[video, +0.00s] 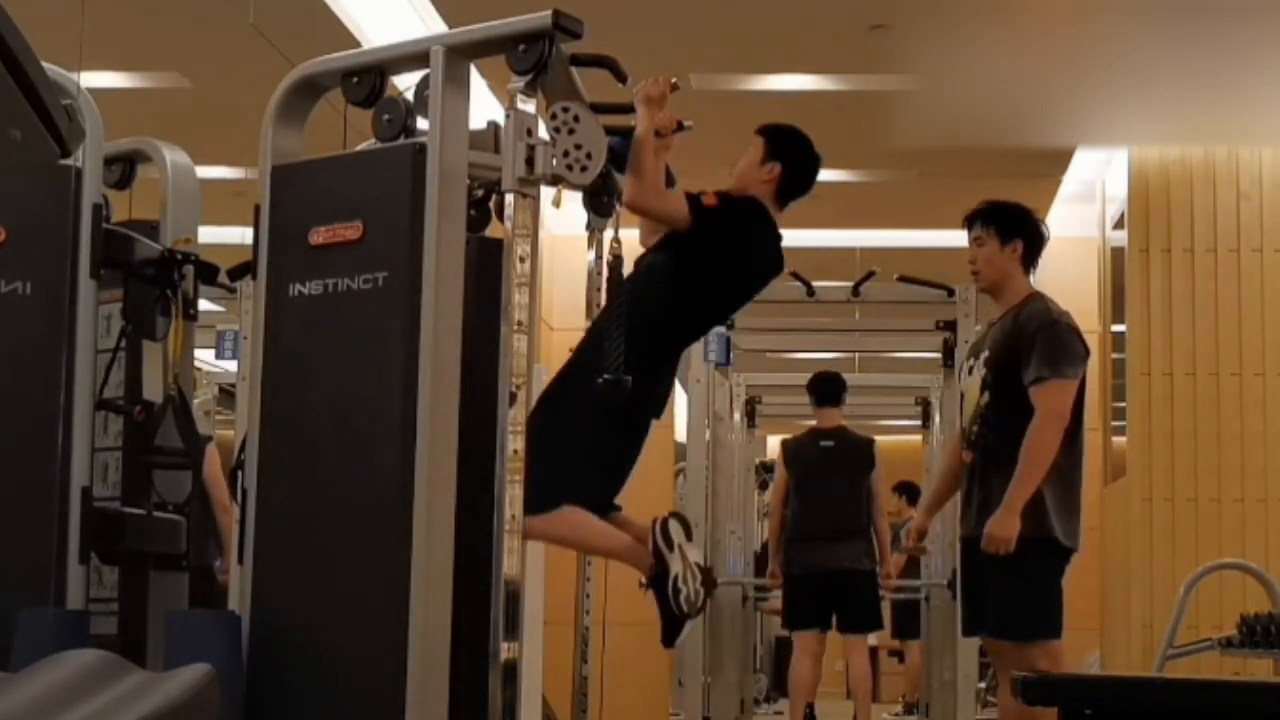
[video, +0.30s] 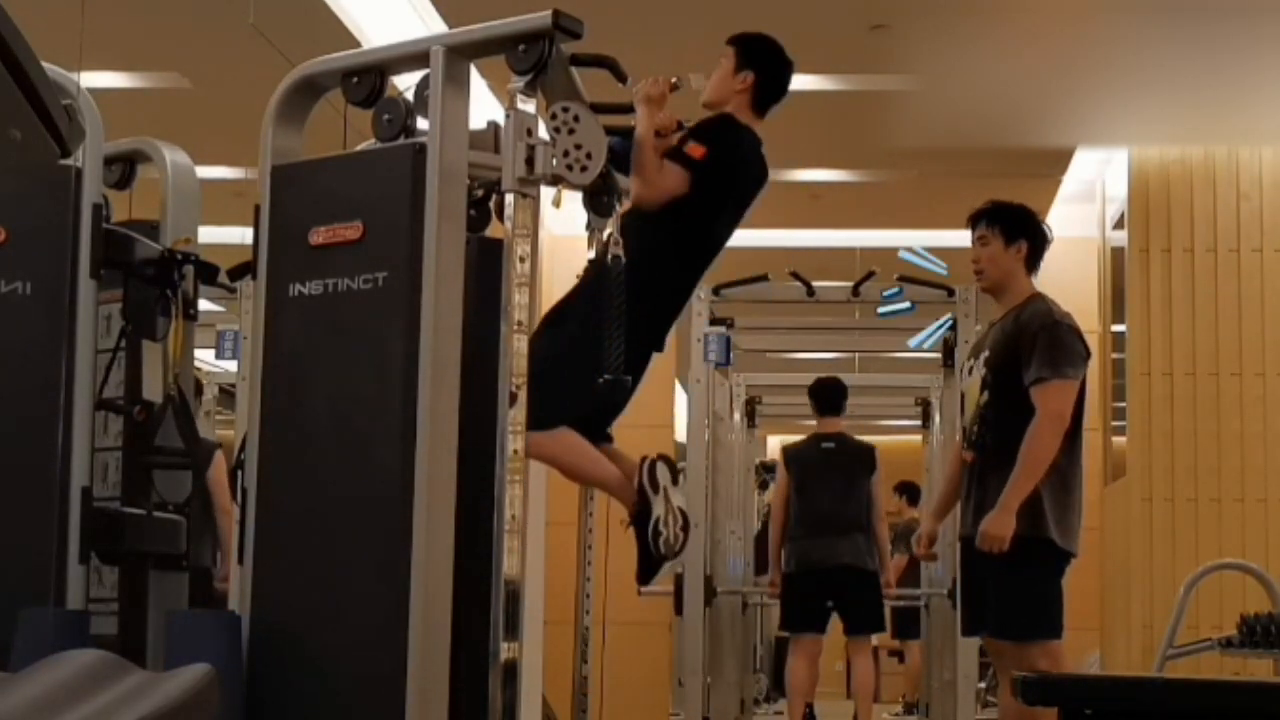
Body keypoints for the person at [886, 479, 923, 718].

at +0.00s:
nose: (892, 503)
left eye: (894, 498)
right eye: (892, 498)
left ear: (904, 499)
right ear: (911, 499)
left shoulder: (909, 525)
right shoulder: (909, 524)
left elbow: (899, 557)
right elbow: (901, 556)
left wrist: (888, 577)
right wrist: (890, 576)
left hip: (908, 590)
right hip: (909, 588)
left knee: (911, 646)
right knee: (911, 647)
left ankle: (911, 700)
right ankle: (913, 699)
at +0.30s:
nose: (893, 502)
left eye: (895, 498)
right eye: (894, 497)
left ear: (903, 499)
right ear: (914, 499)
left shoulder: (906, 525)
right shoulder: (916, 523)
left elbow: (900, 558)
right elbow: (904, 557)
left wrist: (888, 581)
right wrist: (892, 579)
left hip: (906, 590)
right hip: (914, 589)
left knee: (911, 647)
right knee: (913, 647)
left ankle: (911, 700)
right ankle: (913, 699)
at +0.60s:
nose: (893, 502)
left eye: (896, 498)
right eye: (894, 497)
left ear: (903, 499)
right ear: (915, 499)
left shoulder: (906, 527)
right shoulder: (919, 525)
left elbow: (900, 560)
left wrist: (887, 585)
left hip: (909, 594)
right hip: (917, 592)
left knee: (911, 648)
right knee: (914, 648)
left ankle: (911, 701)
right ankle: (914, 699)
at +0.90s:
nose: (894, 503)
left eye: (895, 498)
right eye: (895, 498)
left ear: (903, 499)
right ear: (915, 499)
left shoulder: (905, 528)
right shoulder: (920, 526)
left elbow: (901, 560)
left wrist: (887, 585)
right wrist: (893, 582)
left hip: (909, 595)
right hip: (919, 593)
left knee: (912, 646)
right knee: (917, 646)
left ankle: (911, 701)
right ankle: (915, 699)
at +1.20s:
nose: (894, 504)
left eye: (895, 500)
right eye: (895, 500)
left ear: (902, 500)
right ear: (914, 500)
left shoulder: (908, 528)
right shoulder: (918, 526)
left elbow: (902, 562)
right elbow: (906, 562)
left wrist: (887, 588)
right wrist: (891, 586)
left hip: (910, 596)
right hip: (915, 594)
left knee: (912, 649)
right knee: (913, 649)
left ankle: (910, 701)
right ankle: (913, 700)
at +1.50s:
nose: (894, 504)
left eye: (896, 499)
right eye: (895, 500)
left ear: (902, 500)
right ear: (915, 500)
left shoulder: (906, 528)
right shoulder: (920, 526)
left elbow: (900, 561)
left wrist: (886, 586)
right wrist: (890, 582)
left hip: (909, 596)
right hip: (917, 594)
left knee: (912, 649)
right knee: (912, 649)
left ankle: (910, 701)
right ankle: (912, 699)